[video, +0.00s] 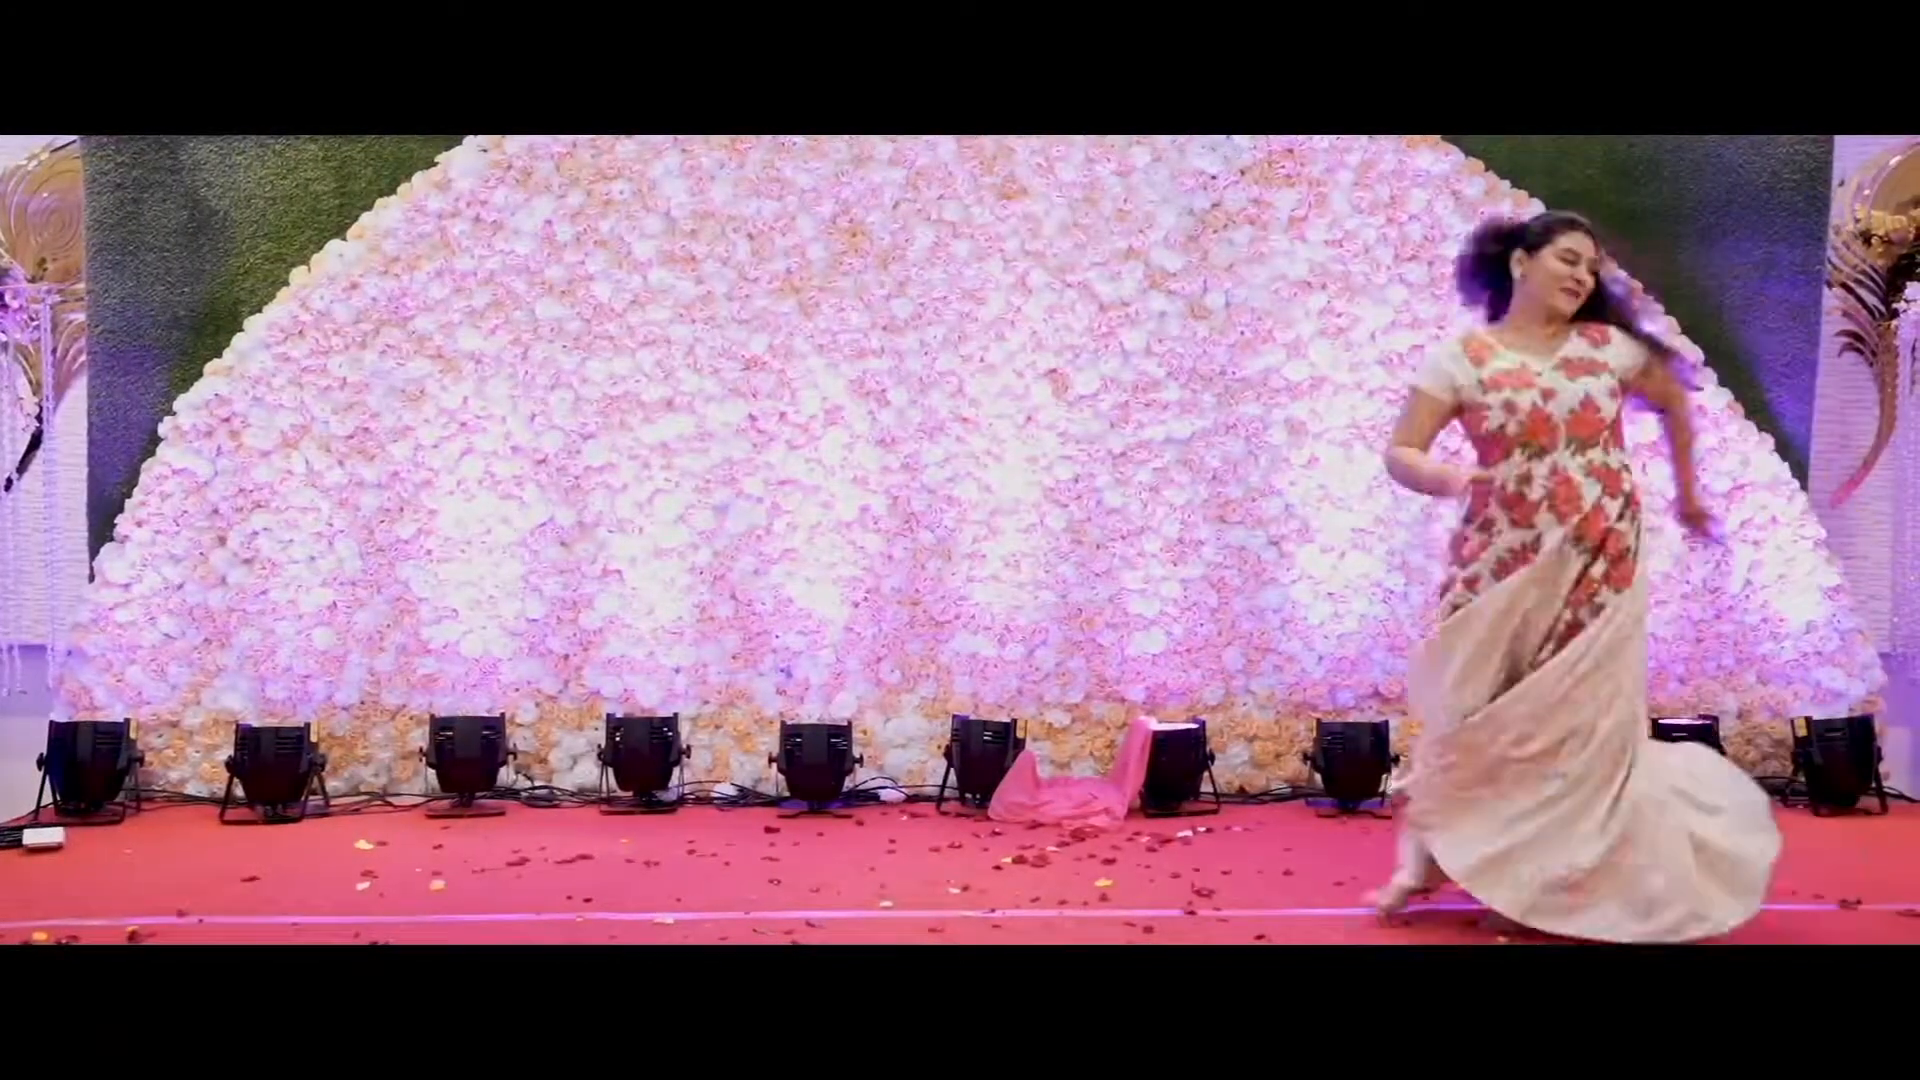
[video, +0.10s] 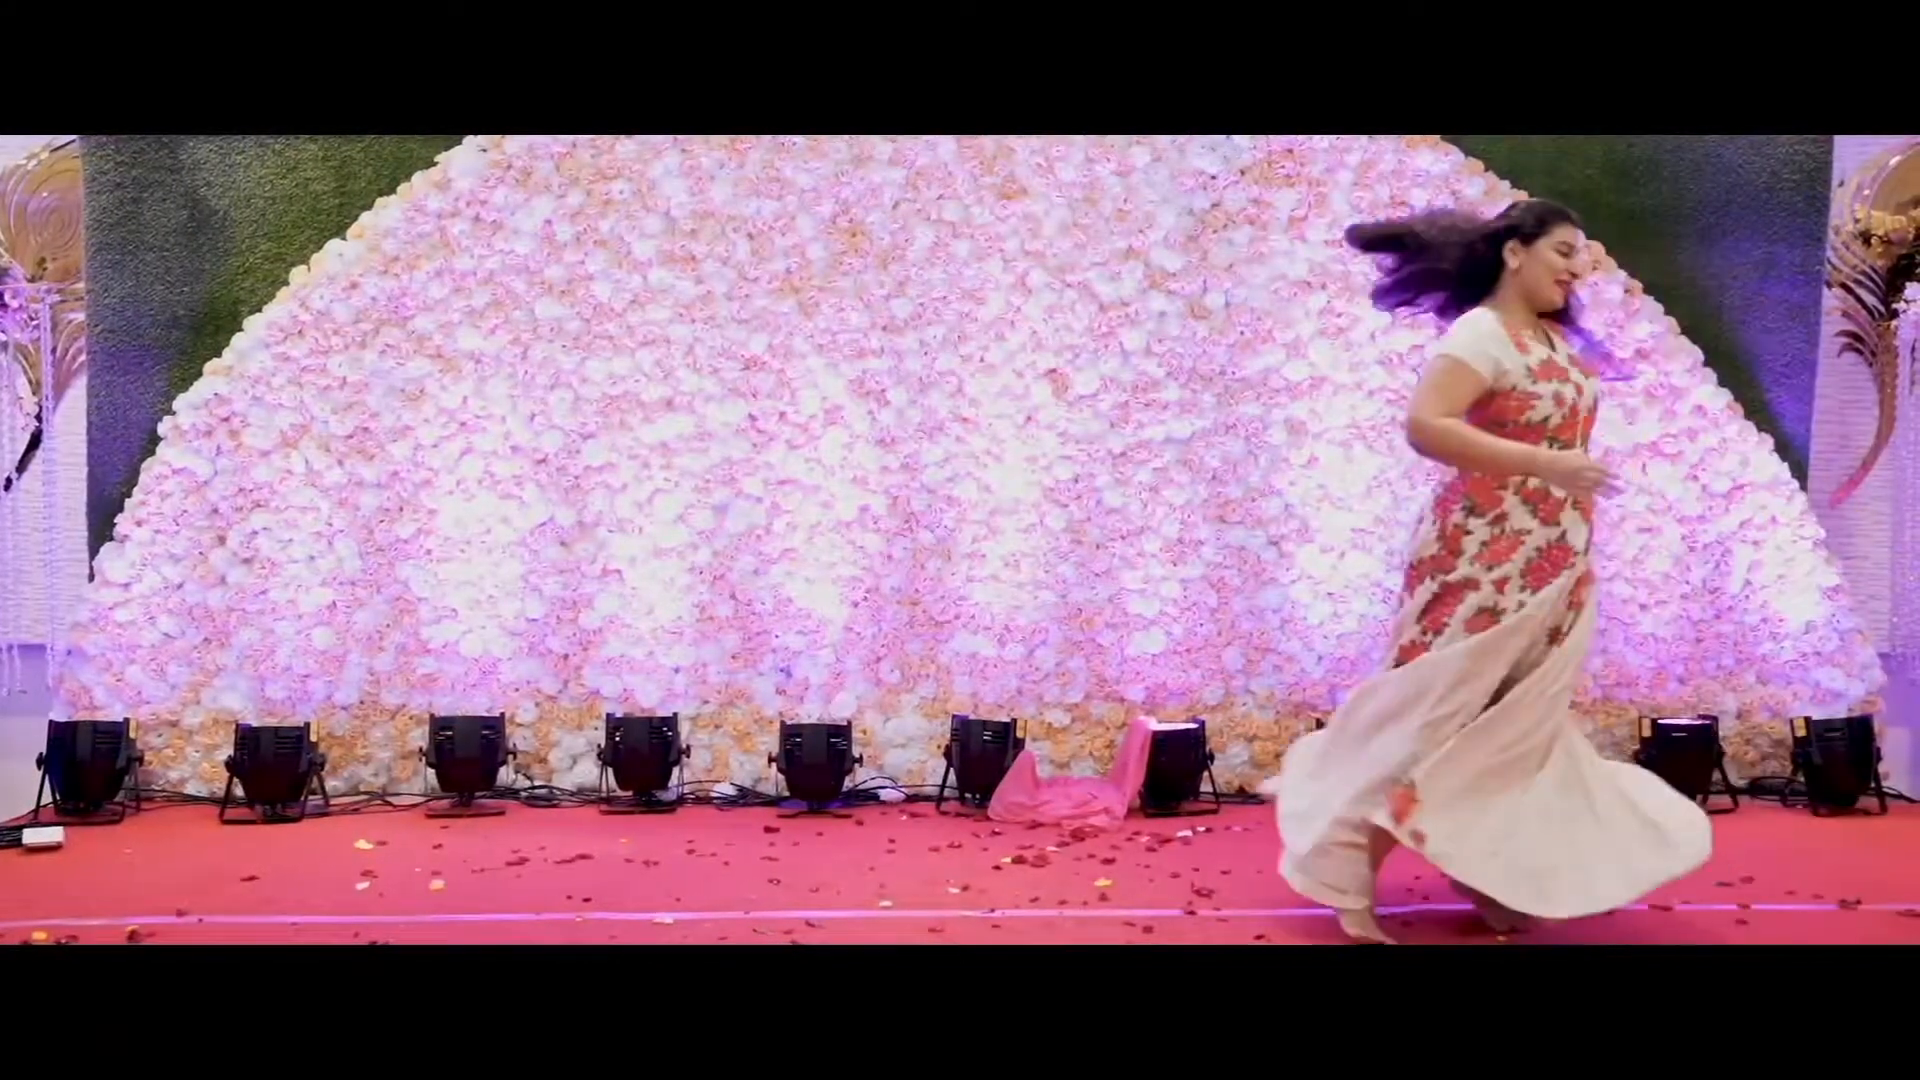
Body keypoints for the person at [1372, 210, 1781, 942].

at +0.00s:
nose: (1583, 275)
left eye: (1591, 269)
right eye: (1567, 258)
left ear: (1593, 285)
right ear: (1521, 261)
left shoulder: (1612, 348)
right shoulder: (1466, 356)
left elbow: (1676, 404)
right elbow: (1402, 455)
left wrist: (1688, 496)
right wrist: (1454, 480)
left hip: (1602, 549)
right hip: (1505, 548)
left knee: (1592, 713)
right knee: (1461, 707)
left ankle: (1568, 881)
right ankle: (1417, 862)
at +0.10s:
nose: (1574, 269)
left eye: (1579, 259)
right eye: (1561, 253)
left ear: (1569, 272)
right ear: (1515, 254)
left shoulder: (1551, 344)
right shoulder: (1480, 334)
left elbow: (1530, 435)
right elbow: (1428, 424)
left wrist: (1572, 472)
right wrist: (1544, 463)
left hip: (1547, 559)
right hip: (1479, 557)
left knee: (1525, 716)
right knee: (1430, 713)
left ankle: (1497, 872)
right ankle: (1354, 865)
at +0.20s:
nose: (1551, 265)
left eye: (1549, 250)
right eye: (1541, 250)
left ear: (1493, 256)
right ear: (1505, 252)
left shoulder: (1442, 332)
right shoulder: (1512, 324)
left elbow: (1367, 391)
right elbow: (1522, 412)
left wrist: (1347, 484)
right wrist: (1622, 453)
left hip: (1431, 530)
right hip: (1483, 540)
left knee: (1470, 707)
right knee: (1418, 714)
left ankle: (1453, 875)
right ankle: (1348, 888)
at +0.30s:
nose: (1517, 267)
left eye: (1513, 254)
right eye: (1513, 256)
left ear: (1426, 261)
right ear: (1496, 268)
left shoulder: (1389, 335)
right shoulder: (1519, 338)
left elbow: (1275, 384)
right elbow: (1599, 420)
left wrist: (1275, 481)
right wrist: (1602, 447)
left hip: (1378, 533)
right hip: (1455, 538)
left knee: (1386, 697)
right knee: (1416, 711)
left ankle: (1375, 868)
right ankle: (1340, 876)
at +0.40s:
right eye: (1474, 255)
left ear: (1386, 264)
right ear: (1472, 269)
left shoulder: (1356, 338)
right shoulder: (1498, 335)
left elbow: (1264, 390)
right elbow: (1577, 426)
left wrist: (1306, 477)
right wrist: (1495, 436)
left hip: (1376, 525)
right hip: (1461, 532)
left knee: (1369, 697)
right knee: (1432, 708)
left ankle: (1342, 876)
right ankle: (1357, 899)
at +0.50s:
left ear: (1359, 271)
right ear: (1448, 277)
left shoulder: (1335, 339)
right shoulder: (1462, 352)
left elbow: (1313, 417)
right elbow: (1500, 422)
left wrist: (1383, 493)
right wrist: (1438, 431)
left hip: (1351, 532)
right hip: (1443, 536)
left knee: (1326, 707)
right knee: (1408, 713)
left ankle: (1325, 898)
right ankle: (1388, 897)